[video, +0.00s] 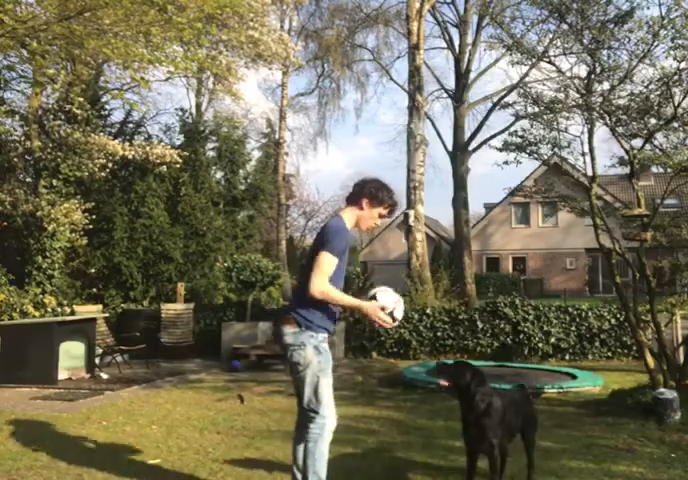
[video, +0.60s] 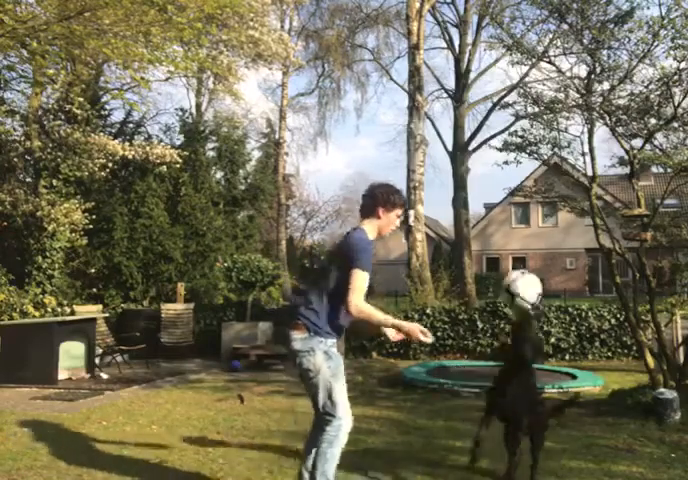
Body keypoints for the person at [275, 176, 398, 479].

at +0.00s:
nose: (377, 224)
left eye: (382, 219)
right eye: (379, 216)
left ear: (363, 204)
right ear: (364, 203)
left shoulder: (336, 230)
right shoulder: (337, 231)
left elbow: (323, 288)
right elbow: (317, 288)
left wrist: (365, 306)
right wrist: (364, 306)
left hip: (305, 331)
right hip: (307, 333)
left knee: (311, 414)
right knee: (323, 416)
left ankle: (302, 473)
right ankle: (313, 475)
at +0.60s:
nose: (398, 224)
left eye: (400, 218)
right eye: (397, 216)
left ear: (374, 211)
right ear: (381, 211)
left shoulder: (353, 241)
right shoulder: (361, 243)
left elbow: (348, 306)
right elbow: (355, 304)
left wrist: (384, 326)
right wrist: (402, 325)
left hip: (311, 336)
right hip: (314, 338)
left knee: (328, 416)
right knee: (339, 418)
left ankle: (309, 473)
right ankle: (320, 475)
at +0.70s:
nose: (401, 228)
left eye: (403, 221)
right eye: (400, 220)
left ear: (378, 216)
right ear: (384, 217)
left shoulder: (357, 248)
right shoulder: (374, 255)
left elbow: (356, 310)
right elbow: (387, 317)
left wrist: (400, 319)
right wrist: (439, 333)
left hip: (313, 339)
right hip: (319, 342)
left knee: (339, 417)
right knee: (346, 419)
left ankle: (314, 474)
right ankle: (323, 475)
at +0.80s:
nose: (413, 237)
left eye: (412, 230)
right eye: (409, 229)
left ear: (387, 230)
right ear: (389, 230)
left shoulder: (363, 261)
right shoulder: (383, 265)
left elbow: (368, 314)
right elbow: (425, 323)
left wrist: (416, 321)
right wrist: (476, 339)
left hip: (310, 347)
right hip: (323, 350)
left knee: (340, 421)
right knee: (367, 418)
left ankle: (314, 475)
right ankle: (333, 475)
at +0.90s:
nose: (427, 254)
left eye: (427, 247)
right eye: (423, 247)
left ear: (398, 248)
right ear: (404, 248)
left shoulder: (370, 275)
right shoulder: (394, 281)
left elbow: (387, 325)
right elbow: (458, 326)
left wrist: (437, 327)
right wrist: (514, 340)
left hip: (313, 354)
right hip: (331, 356)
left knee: (351, 422)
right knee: (392, 411)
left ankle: (313, 475)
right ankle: (374, 474)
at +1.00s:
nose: (450, 272)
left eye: (449, 264)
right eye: (446, 264)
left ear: (423, 266)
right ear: (425, 265)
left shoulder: (399, 291)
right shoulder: (417, 297)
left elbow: (410, 335)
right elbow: (481, 336)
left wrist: (456, 337)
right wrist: (542, 348)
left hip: (329, 362)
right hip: (345, 363)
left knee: (360, 433)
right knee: (418, 411)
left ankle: (322, 474)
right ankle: (429, 475)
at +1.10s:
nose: (480, 291)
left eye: (481, 284)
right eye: (478, 284)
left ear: (453, 281)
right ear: (457, 282)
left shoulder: (425, 304)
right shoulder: (445, 310)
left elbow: (443, 348)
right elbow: (510, 354)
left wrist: (494, 351)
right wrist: (566, 366)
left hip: (355, 376)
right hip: (377, 379)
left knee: (373, 448)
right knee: (451, 421)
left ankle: (330, 476)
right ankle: (481, 474)